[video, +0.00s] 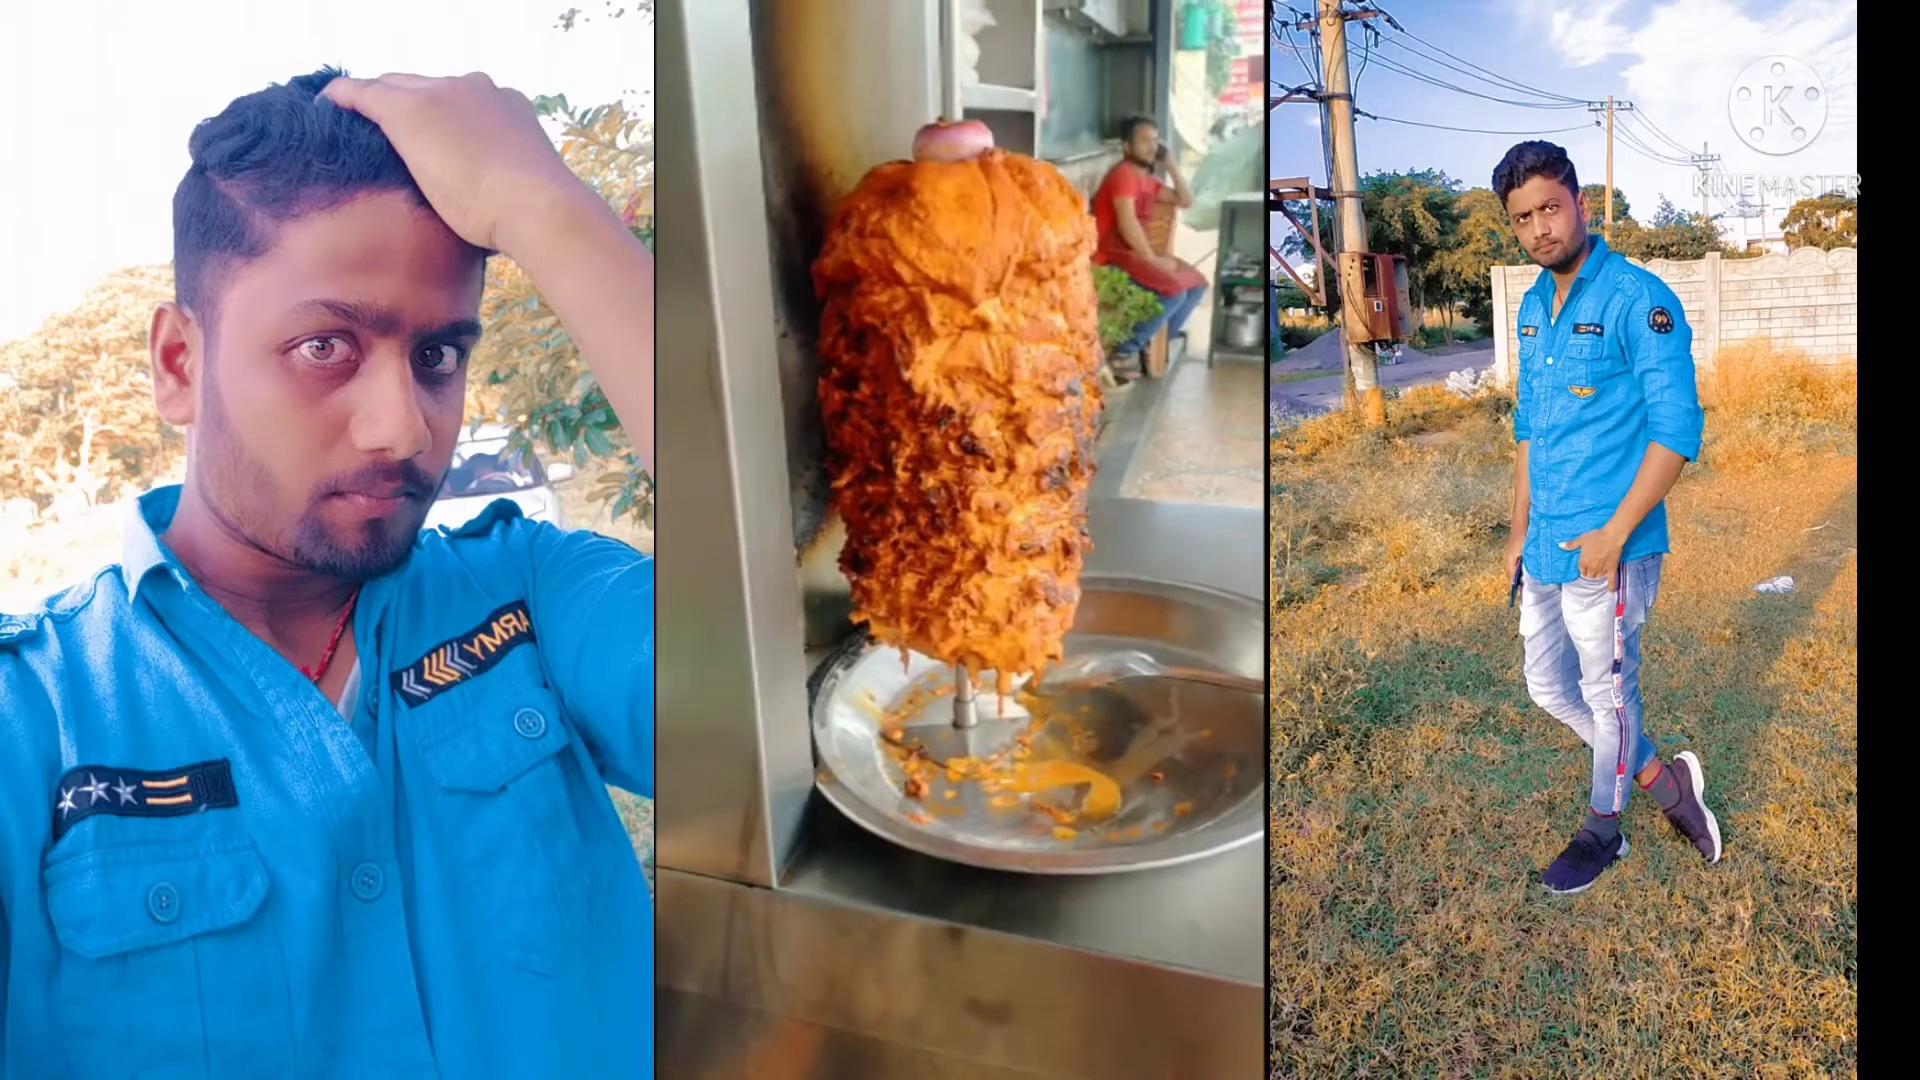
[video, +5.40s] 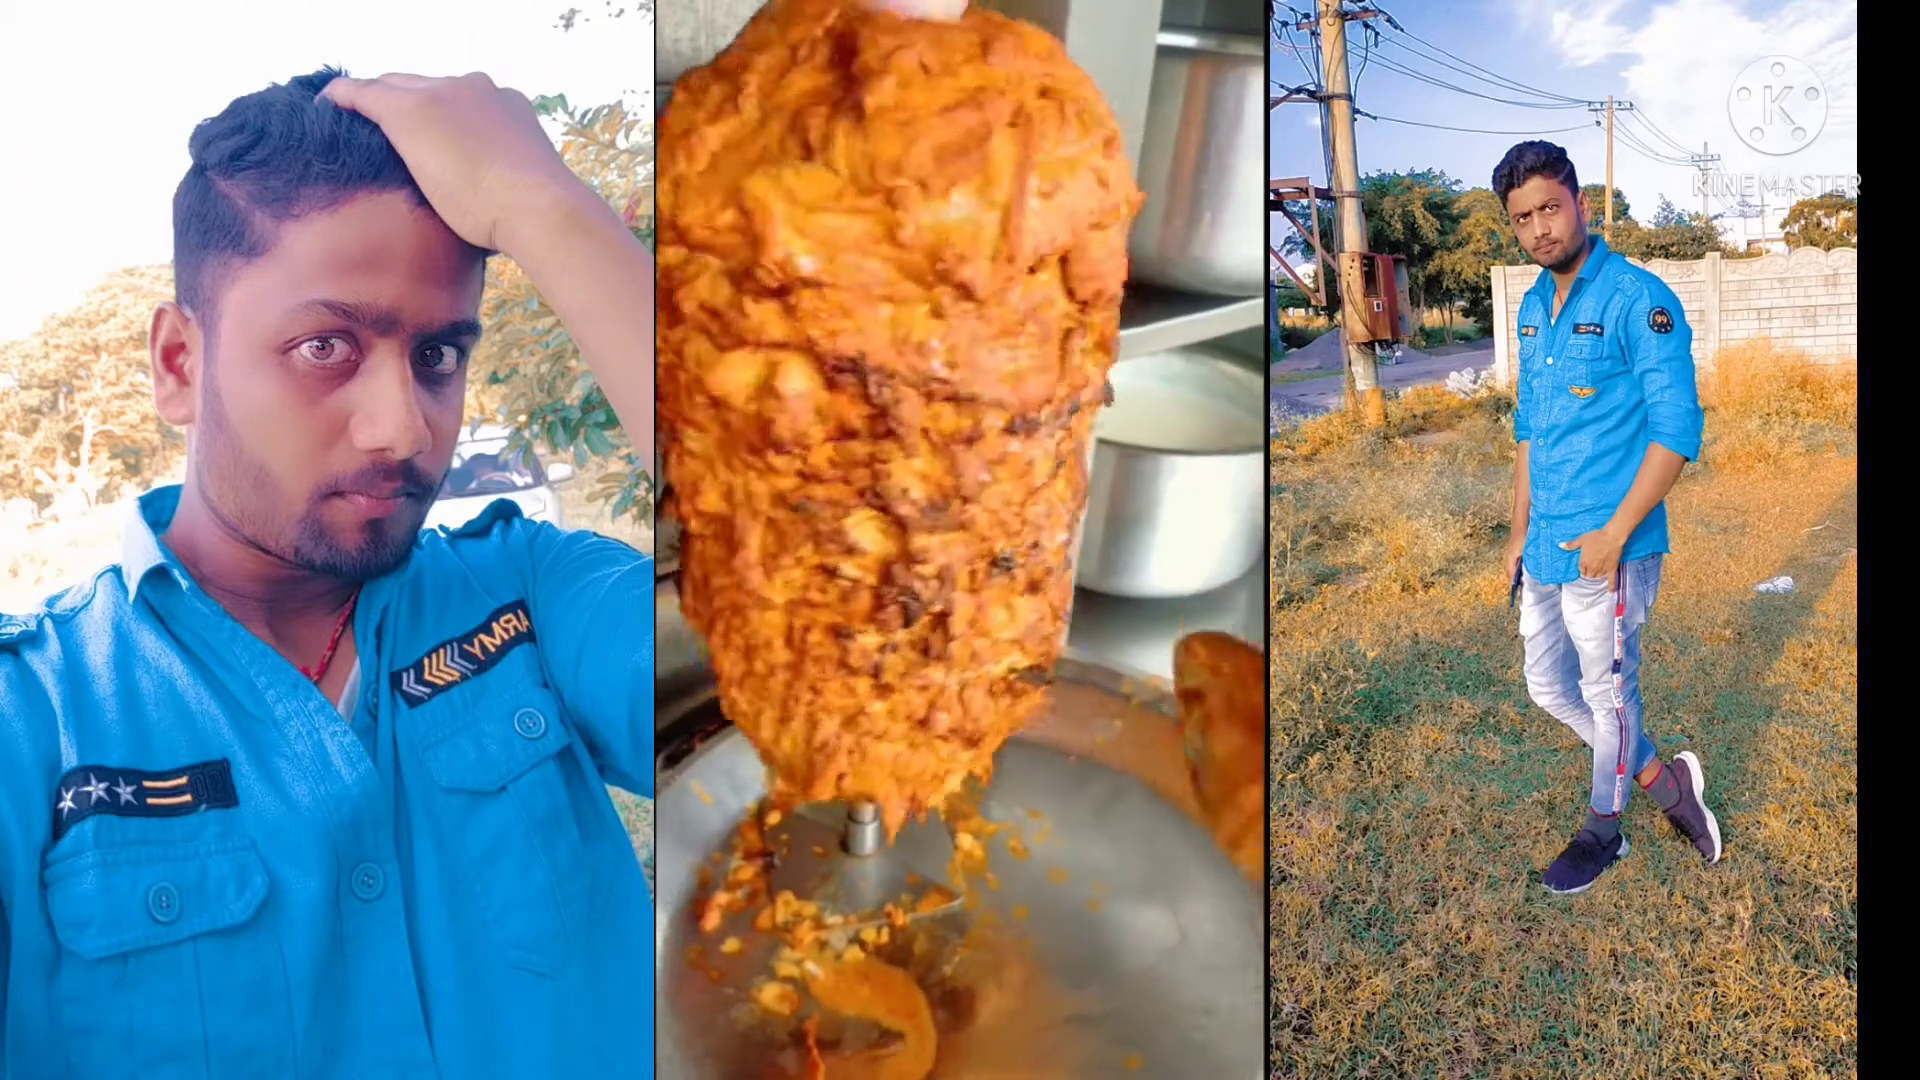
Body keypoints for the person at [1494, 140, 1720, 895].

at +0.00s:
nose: (1537, 229)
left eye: (1548, 209)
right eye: (1522, 219)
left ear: (1582, 203)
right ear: (1513, 228)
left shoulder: (1640, 298)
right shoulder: (1534, 307)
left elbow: (1678, 432)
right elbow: (1529, 431)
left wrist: (1615, 533)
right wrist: (1519, 529)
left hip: (1611, 537)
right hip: (1544, 538)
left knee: (1609, 689)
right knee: (1549, 684)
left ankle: (1602, 828)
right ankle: (1665, 778)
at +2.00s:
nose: (1537, 229)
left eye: (1548, 208)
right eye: (1522, 219)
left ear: (1582, 202)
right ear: (1513, 228)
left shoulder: (1641, 298)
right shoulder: (1534, 306)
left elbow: (1678, 432)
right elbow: (1529, 431)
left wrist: (1616, 532)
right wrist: (1519, 528)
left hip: (1612, 537)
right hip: (1544, 538)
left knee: (1609, 690)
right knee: (1549, 685)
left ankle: (1603, 828)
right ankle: (1665, 777)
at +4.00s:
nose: (1537, 229)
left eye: (1548, 208)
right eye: (1522, 219)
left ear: (1582, 202)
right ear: (1513, 228)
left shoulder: (1641, 299)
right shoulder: (1534, 307)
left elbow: (1678, 432)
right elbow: (1529, 431)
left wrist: (1615, 533)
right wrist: (1520, 529)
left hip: (1611, 537)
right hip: (1544, 538)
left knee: (1610, 691)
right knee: (1549, 685)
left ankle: (1602, 827)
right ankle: (1666, 778)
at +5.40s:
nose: (1537, 229)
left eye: (1549, 208)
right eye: (1522, 219)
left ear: (1582, 203)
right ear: (1513, 228)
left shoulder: (1640, 298)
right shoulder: (1534, 306)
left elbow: (1678, 431)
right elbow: (1529, 431)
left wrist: (1616, 532)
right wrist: (1519, 529)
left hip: (1612, 537)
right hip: (1544, 538)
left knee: (1609, 690)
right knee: (1549, 685)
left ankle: (1602, 827)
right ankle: (1665, 778)